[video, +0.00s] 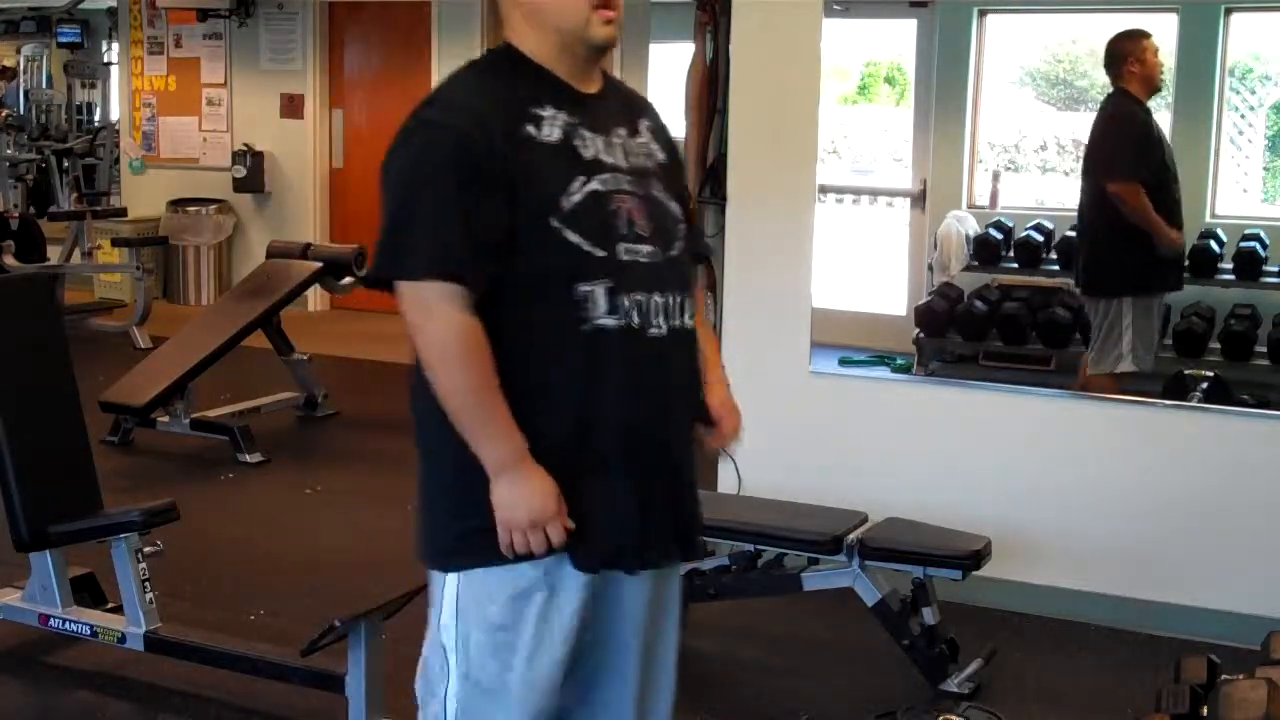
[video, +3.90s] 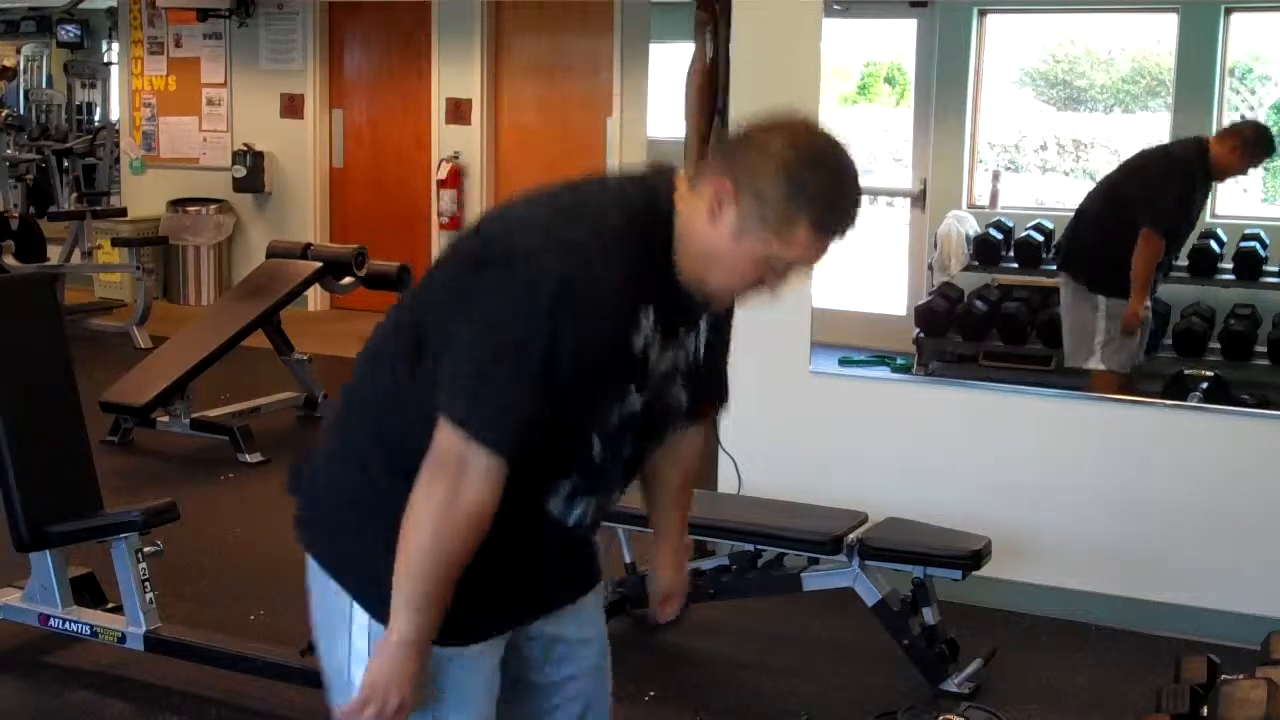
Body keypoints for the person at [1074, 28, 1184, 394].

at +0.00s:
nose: (1162, 64)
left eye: (1159, 56)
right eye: (1155, 56)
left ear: (1129, 66)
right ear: (1133, 65)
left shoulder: (1120, 109)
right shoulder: (1125, 113)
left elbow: (1116, 183)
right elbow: (1120, 184)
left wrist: (1162, 231)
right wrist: (1166, 233)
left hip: (1113, 263)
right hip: (1125, 267)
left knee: (1100, 363)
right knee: (1118, 371)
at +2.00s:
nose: (1204, 85)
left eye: (1206, 77)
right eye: (1202, 75)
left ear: (1178, 71)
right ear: (1176, 69)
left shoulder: (1169, 117)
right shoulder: (1146, 115)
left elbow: (1169, 189)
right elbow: (1135, 187)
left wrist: (1183, 251)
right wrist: (1152, 250)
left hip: (1166, 265)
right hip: (1140, 266)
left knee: (1153, 369)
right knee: (1126, 370)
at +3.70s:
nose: (1227, 136)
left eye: (1234, 130)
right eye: (1232, 127)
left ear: (1215, 108)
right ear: (1217, 110)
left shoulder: (1180, 137)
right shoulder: (1168, 136)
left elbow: (1154, 208)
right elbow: (1144, 208)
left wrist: (1147, 271)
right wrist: (1141, 272)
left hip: (1126, 271)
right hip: (1109, 269)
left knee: (1120, 372)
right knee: (1103, 375)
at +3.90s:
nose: (1242, 173)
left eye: (1249, 168)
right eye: (1247, 164)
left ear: (1231, 142)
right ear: (1233, 146)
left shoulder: (1196, 167)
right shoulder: (1181, 166)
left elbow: (1158, 236)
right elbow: (1150, 237)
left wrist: (1142, 296)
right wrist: (1137, 301)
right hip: (1100, 270)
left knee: (1120, 371)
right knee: (1107, 373)